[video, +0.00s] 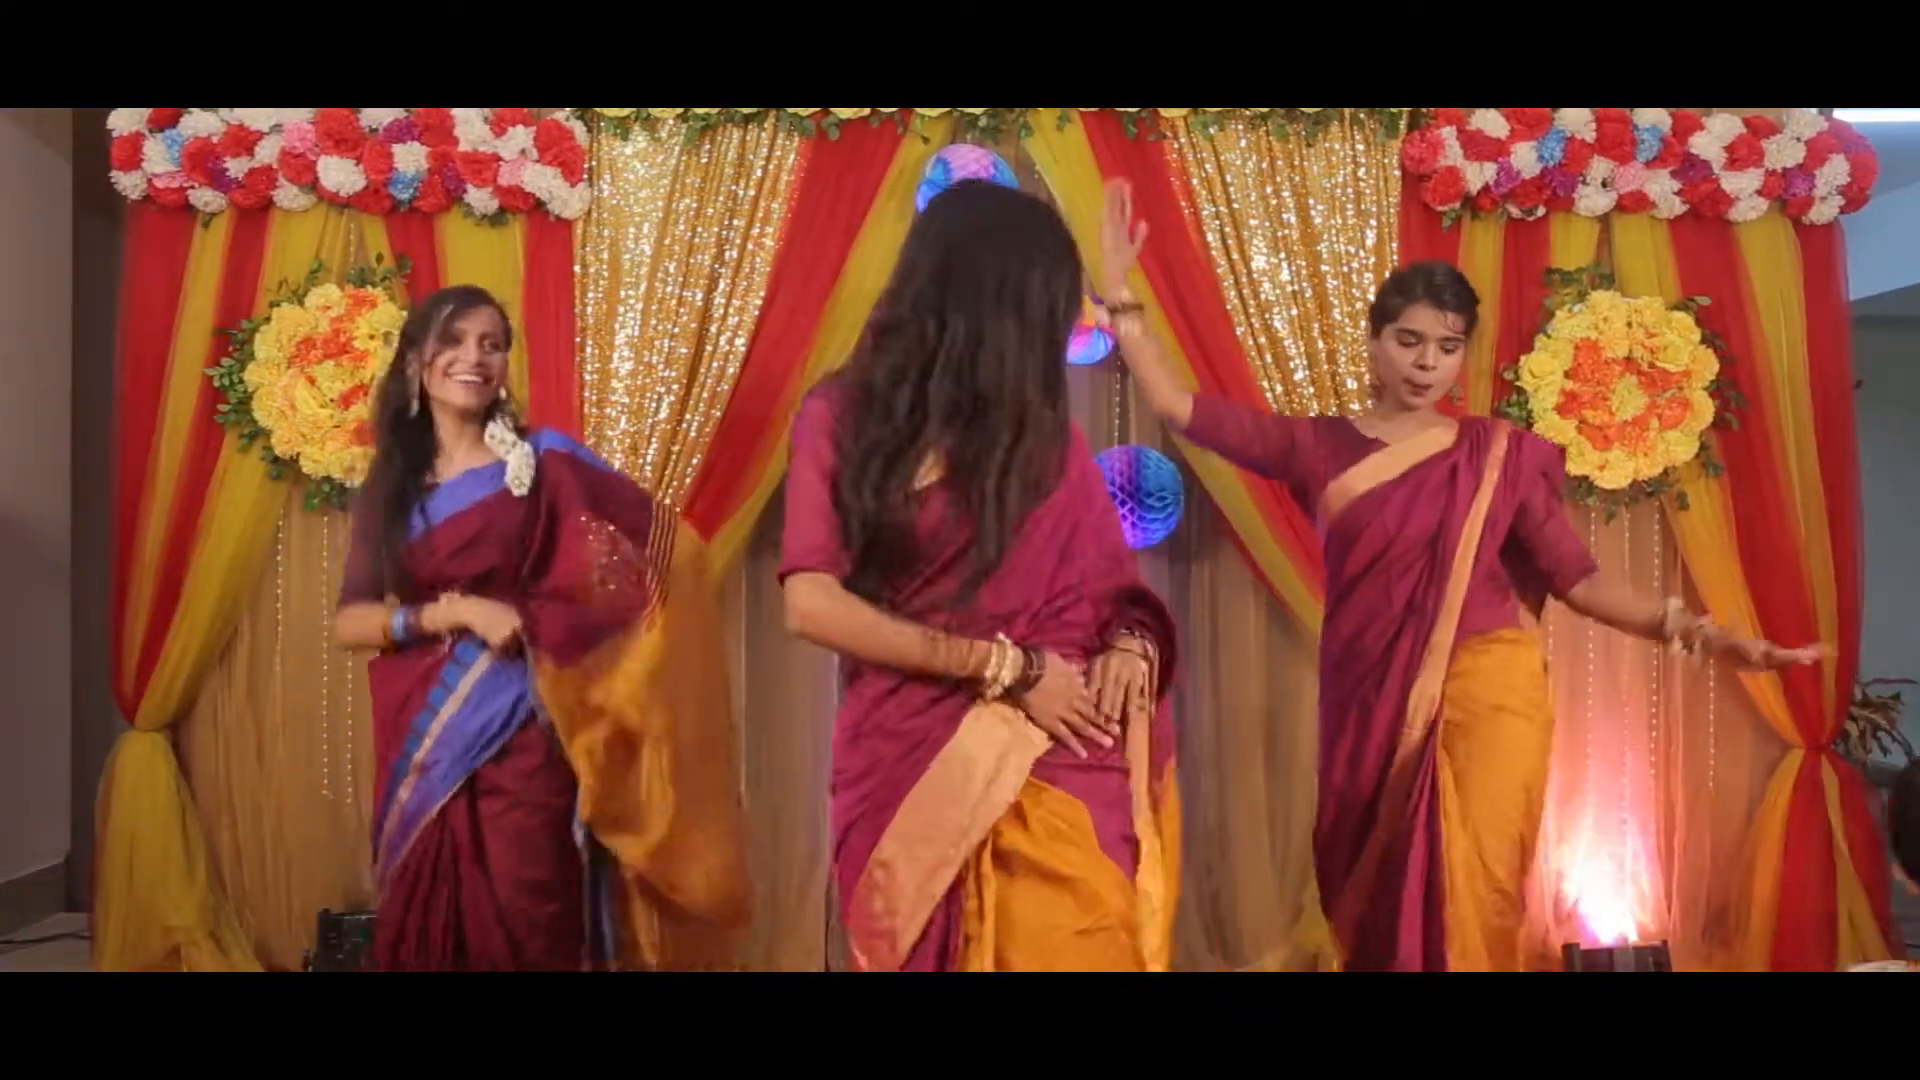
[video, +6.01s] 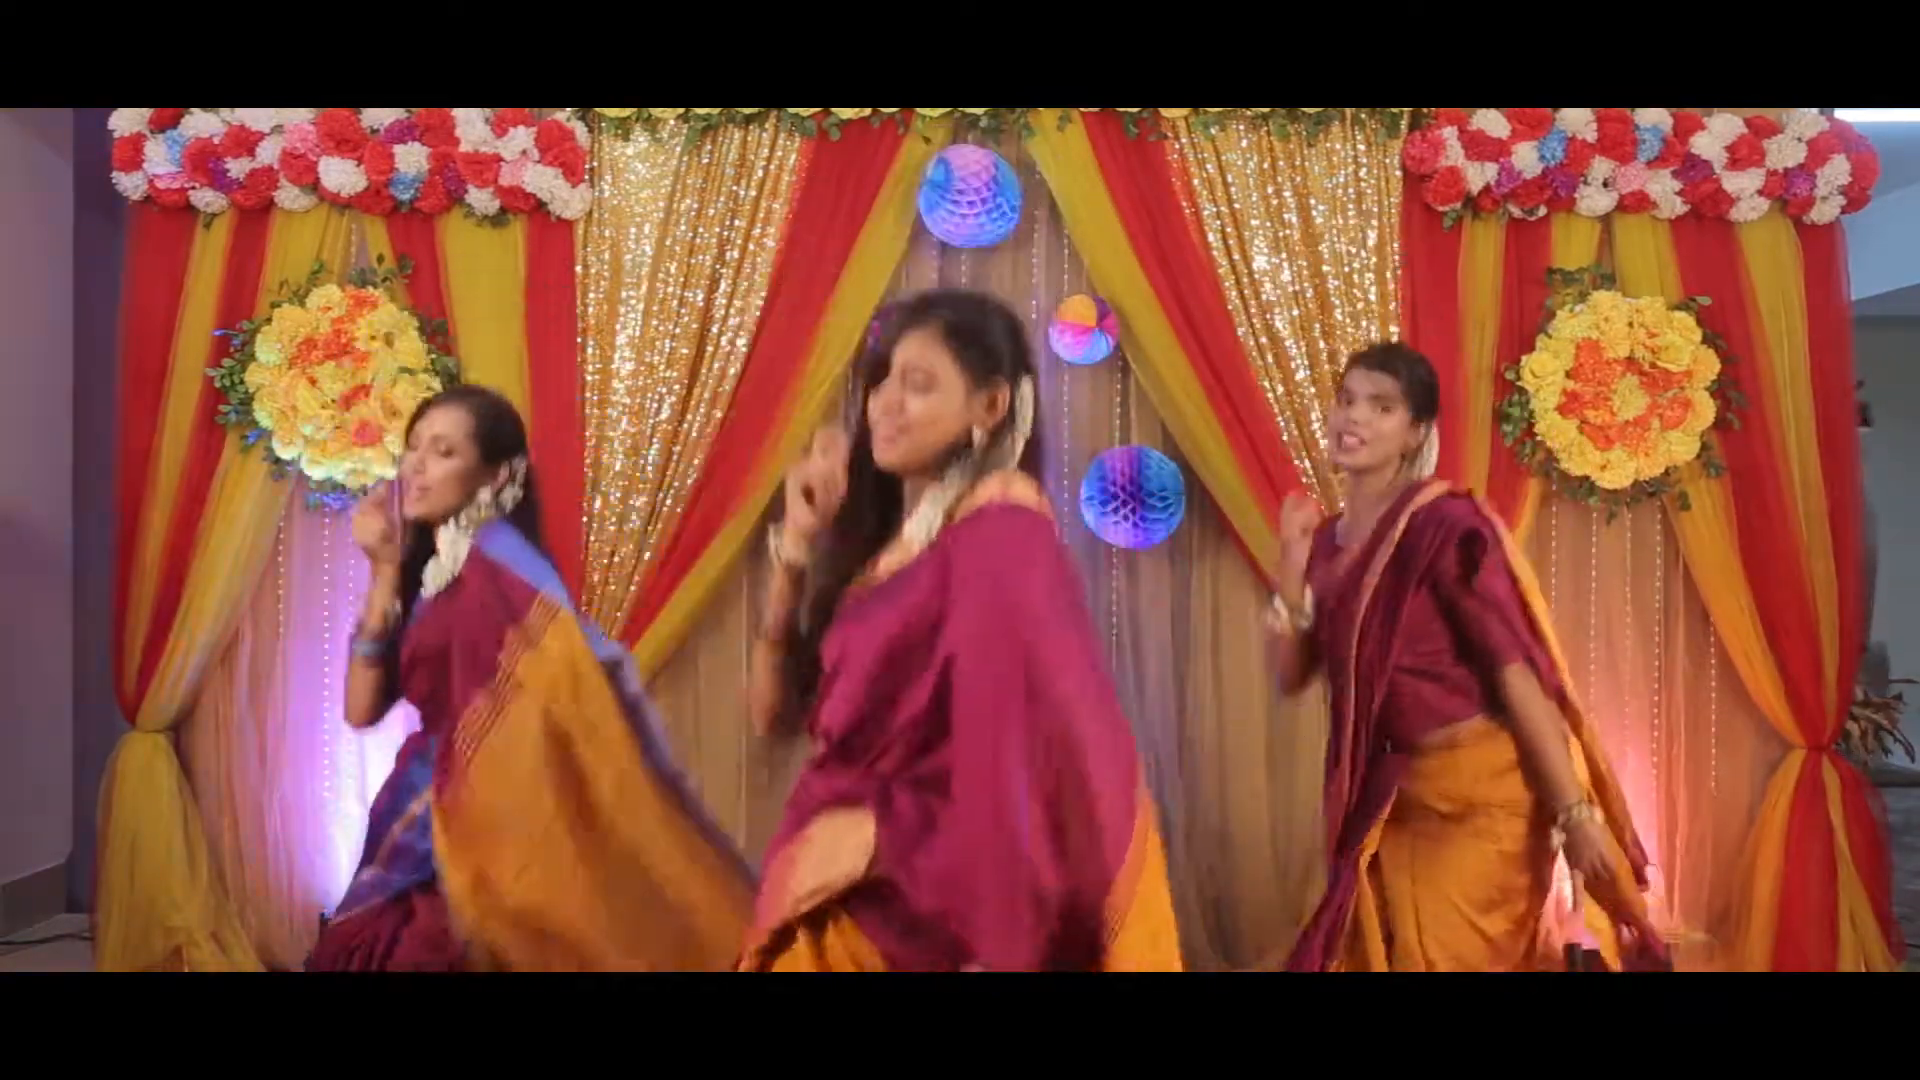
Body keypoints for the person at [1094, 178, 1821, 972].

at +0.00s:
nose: (1427, 361)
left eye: (1447, 346)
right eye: (1409, 339)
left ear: (1467, 356)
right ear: (1372, 342)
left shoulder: (1506, 455)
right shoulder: (1321, 445)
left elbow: (1578, 578)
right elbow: (1180, 411)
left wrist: (1689, 627)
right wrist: (1123, 302)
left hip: (1487, 694)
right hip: (1370, 711)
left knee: (1467, 908)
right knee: (1366, 917)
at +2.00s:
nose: (1398, 385)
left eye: (1417, 367)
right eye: (1380, 363)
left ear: (1439, 364)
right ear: (1345, 354)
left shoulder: (1476, 459)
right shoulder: (1292, 447)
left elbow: (1541, 583)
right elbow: (1153, 411)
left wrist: (1641, 642)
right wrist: (1127, 316)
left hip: (1466, 691)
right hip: (1350, 702)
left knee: (1471, 895)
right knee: (1362, 902)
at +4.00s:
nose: (1420, 358)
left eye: (1437, 342)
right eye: (1398, 341)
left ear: (1453, 356)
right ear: (1360, 352)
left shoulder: (1463, 473)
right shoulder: (1326, 446)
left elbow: (1499, 617)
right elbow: (1346, 578)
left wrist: (1605, 680)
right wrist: (1438, 499)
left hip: (1471, 731)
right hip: (1374, 729)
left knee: (1486, 924)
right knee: (1389, 928)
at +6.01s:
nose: (1351, 417)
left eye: (1377, 406)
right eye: (1344, 400)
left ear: (1417, 431)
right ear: (1329, 411)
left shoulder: (1451, 525)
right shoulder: (1330, 541)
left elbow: (1515, 672)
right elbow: (1290, 677)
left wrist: (1575, 812)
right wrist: (1292, 565)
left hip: (1491, 799)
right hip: (1395, 802)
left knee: (1448, 958)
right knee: (1365, 956)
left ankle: (1576, 959)